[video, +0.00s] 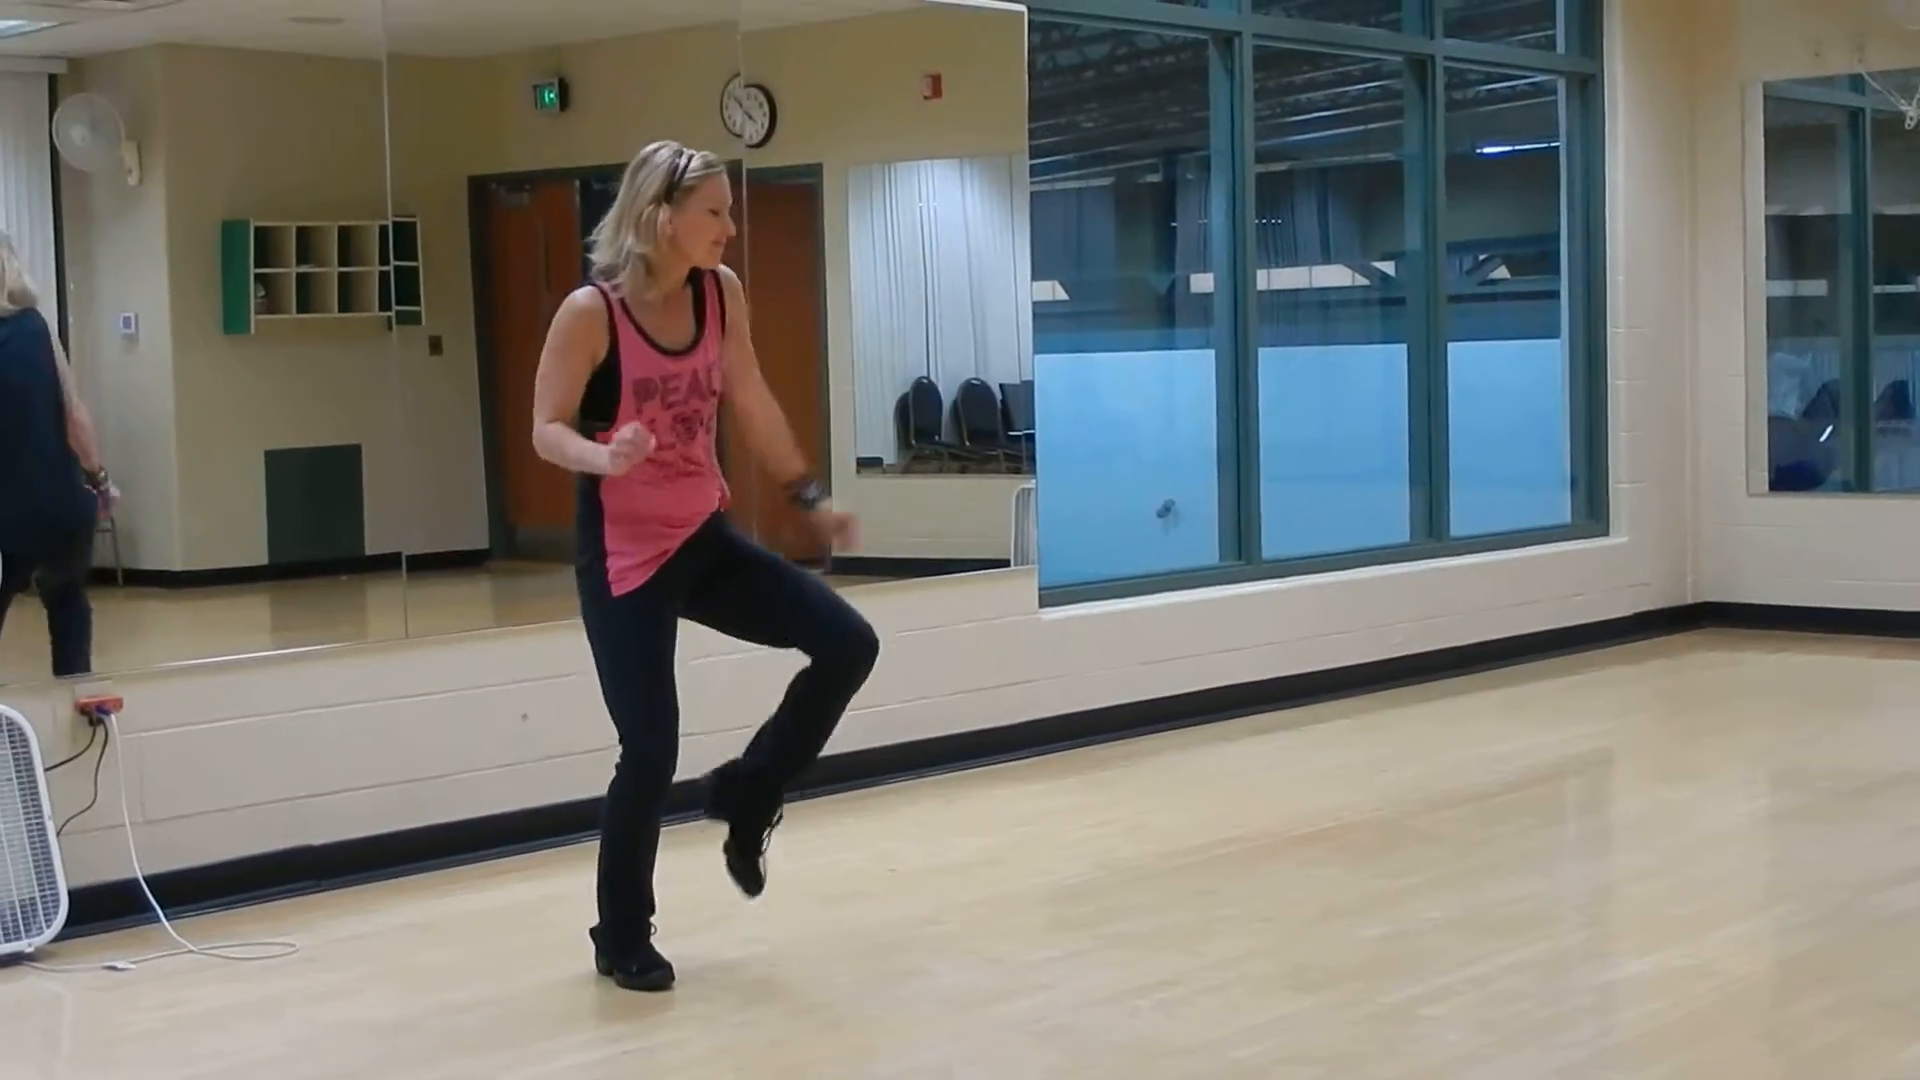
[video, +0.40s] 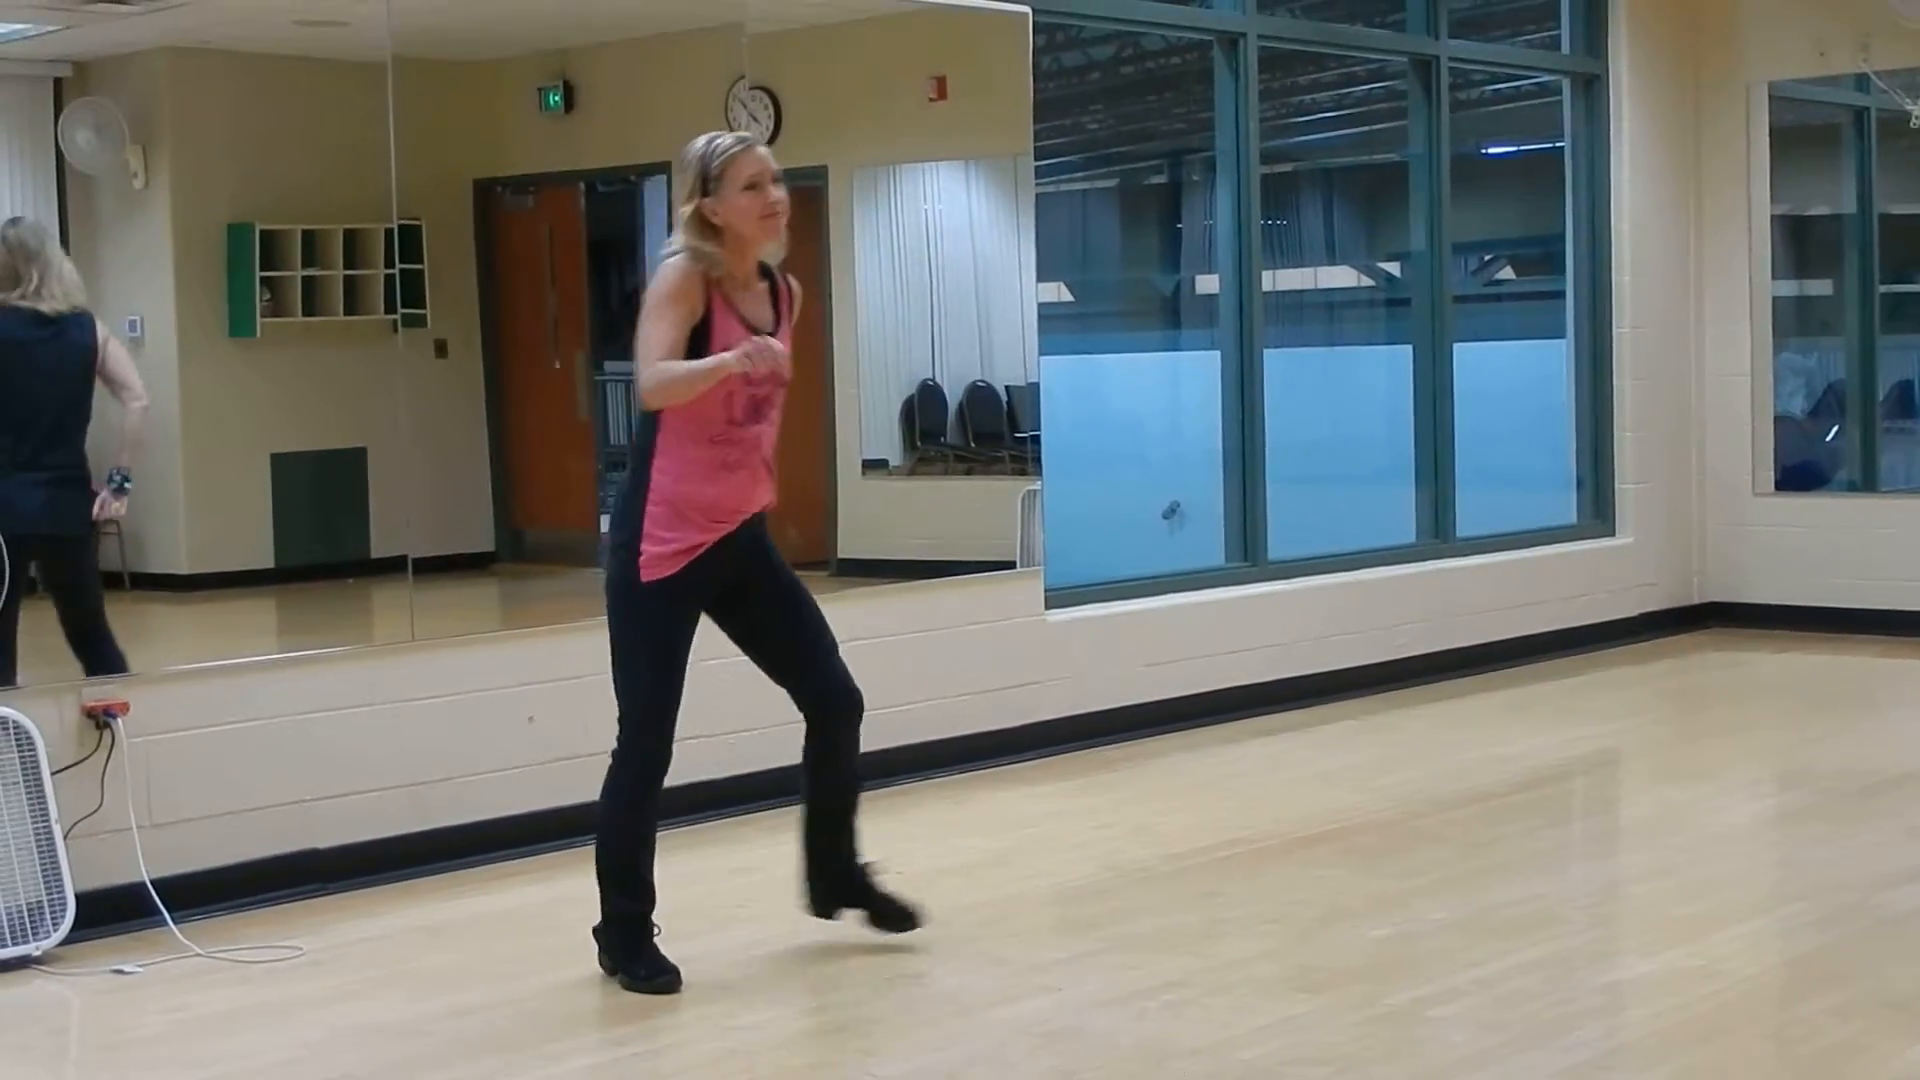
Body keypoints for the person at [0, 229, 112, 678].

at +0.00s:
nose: (19, 272)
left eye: (12, 261)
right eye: (14, 263)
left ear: (7, 278)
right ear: (14, 275)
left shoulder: (31, 327)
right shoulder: (31, 328)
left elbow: (70, 410)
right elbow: (70, 412)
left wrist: (96, 475)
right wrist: (97, 475)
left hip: (15, 508)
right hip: (56, 501)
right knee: (67, 602)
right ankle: (76, 709)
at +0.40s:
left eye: (2, 261)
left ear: (7, 267)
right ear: (54, 264)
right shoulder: (85, 328)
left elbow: (136, 401)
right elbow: (136, 400)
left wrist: (119, 481)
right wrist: (120, 481)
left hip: (9, 509)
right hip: (64, 505)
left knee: (3, 642)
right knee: (89, 630)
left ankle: (8, 746)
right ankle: (134, 739)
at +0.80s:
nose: (84, 276)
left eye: (87, 269)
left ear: (95, 274)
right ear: (144, 269)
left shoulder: (81, 336)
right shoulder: (184, 331)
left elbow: (60, 427)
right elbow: (211, 416)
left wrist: (39, 505)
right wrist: (169, 381)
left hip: (111, 516)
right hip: (181, 512)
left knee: (49, 644)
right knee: (186, 647)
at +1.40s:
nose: (176, 262)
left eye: (180, 253)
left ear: (187, 257)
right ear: (240, 255)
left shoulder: (180, 311)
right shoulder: (272, 314)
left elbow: (134, 391)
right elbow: (312, 378)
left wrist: (89, 422)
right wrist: (309, 452)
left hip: (208, 488)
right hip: (266, 484)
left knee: (224, 633)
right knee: (270, 623)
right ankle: (294, 728)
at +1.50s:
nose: (189, 263)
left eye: (192, 255)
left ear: (198, 259)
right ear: (253, 258)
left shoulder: (191, 313)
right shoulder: (282, 314)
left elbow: (140, 391)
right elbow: (343, 362)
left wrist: (101, 442)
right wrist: (322, 429)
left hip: (221, 489)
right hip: (282, 482)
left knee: (237, 632)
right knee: (292, 617)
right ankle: (339, 717)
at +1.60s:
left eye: (212, 259)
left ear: (216, 264)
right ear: (270, 263)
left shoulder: (205, 321)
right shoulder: (299, 319)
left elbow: (164, 404)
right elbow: (367, 362)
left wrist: (133, 464)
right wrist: (331, 416)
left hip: (233, 490)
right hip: (295, 485)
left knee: (247, 637)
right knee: (313, 620)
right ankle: (365, 716)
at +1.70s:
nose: (225, 269)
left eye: (229, 260)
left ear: (234, 267)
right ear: (290, 265)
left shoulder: (226, 326)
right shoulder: (315, 325)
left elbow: (201, 407)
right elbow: (374, 375)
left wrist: (178, 480)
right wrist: (327, 395)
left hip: (252, 494)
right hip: (311, 490)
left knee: (248, 635)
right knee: (329, 623)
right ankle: (362, 727)